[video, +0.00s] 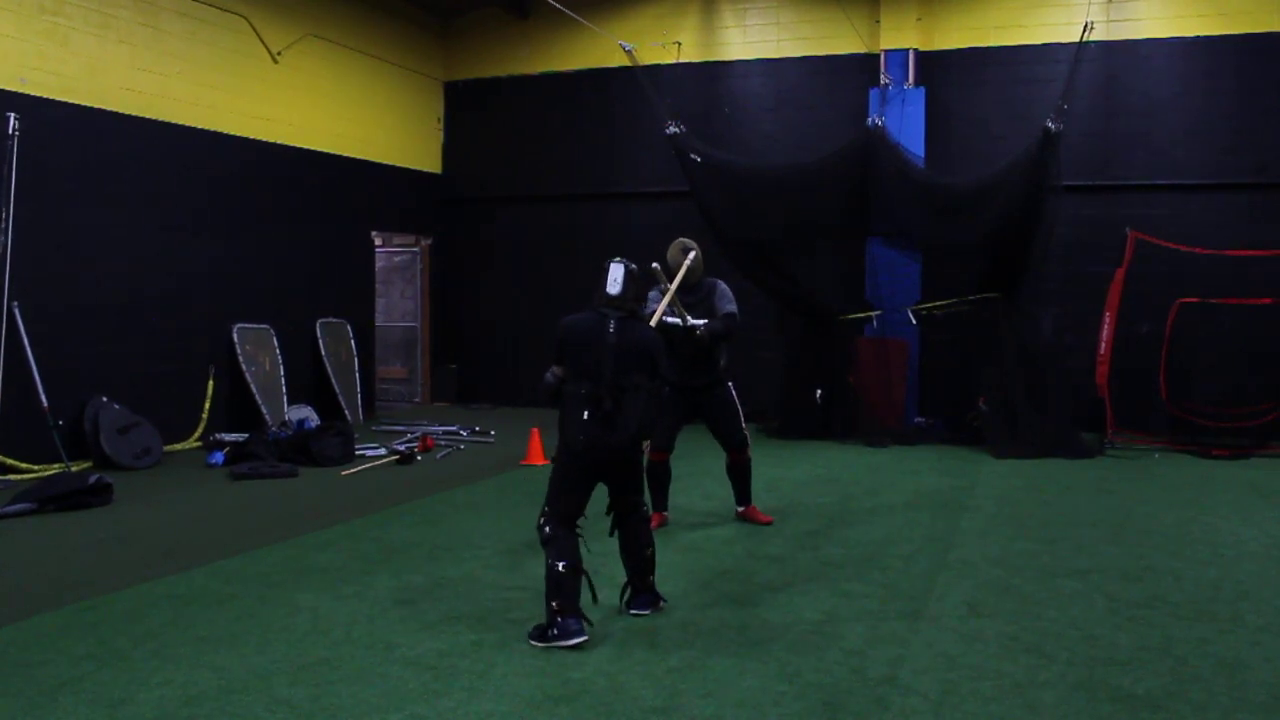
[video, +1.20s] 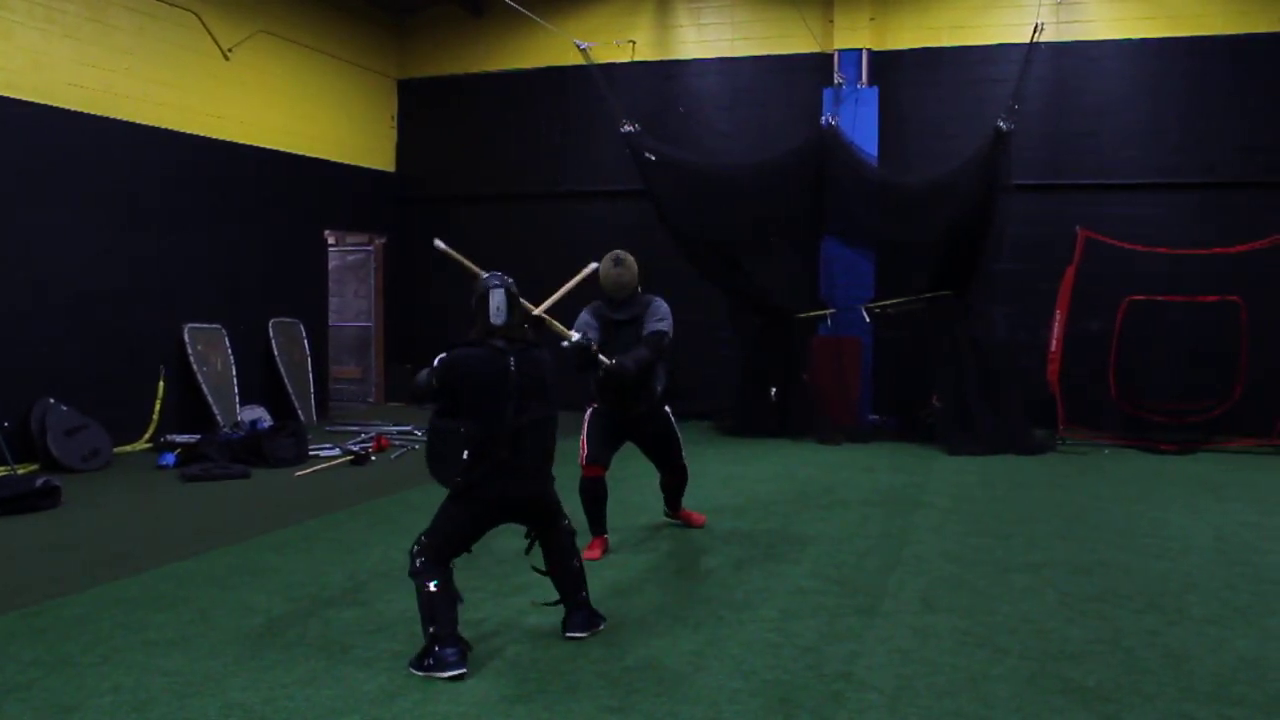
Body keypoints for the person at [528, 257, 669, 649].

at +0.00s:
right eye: (637, 294)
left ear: (599, 291)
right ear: (639, 297)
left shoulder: (574, 328)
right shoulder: (647, 338)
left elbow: (553, 381)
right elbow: (659, 393)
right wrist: (645, 432)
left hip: (579, 446)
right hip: (626, 446)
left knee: (557, 523)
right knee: (632, 512)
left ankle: (566, 618)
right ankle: (643, 593)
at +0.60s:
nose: (586, 300)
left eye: (579, 294)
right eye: (599, 296)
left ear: (567, 294)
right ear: (606, 300)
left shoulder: (540, 334)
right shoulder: (618, 343)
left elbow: (519, 384)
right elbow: (629, 397)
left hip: (546, 456)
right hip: (596, 456)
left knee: (512, 525)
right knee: (608, 520)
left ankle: (537, 617)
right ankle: (621, 602)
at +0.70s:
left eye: (552, 297)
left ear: (545, 299)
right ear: (584, 303)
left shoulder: (520, 340)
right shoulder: (596, 346)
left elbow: (498, 394)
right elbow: (608, 401)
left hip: (527, 461)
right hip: (578, 461)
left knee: (485, 528)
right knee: (586, 521)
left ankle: (495, 616)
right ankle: (605, 601)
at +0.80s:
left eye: (531, 304)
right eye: (558, 305)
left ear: (521, 307)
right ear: (562, 308)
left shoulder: (499, 353)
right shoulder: (579, 350)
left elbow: (496, 414)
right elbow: (591, 424)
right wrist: (568, 449)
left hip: (515, 471)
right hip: (566, 468)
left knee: (476, 544)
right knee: (574, 526)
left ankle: (456, 632)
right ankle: (597, 601)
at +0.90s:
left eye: (509, 307)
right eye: (534, 306)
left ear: (501, 313)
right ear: (541, 312)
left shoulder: (484, 361)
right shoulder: (564, 357)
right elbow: (591, 399)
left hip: (506, 480)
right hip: (557, 476)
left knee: (463, 552)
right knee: (571, 526)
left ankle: (452, 646)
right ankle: (600, 601)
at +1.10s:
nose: (496, 313)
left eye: (489, 306)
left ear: (479, 312)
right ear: (524, 310)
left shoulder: (461, 359)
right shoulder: (544, 357)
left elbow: (447, 421)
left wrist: (462, 477)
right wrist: (564, 342)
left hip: (481, 484)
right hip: (534, 481)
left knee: (432, 553)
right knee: (560, 529)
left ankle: (442, 642)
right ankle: (580, 609)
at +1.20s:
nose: (488, 316)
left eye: (484, 310)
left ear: (478, 316)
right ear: (522, 315)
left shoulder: (460, 364)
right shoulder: (543, 359)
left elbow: (419, 389)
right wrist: (581, 352)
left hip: (480, 489)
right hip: (533, 485)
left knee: (428, 555)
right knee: (557, 533)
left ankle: (444, 648)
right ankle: (580, 612)